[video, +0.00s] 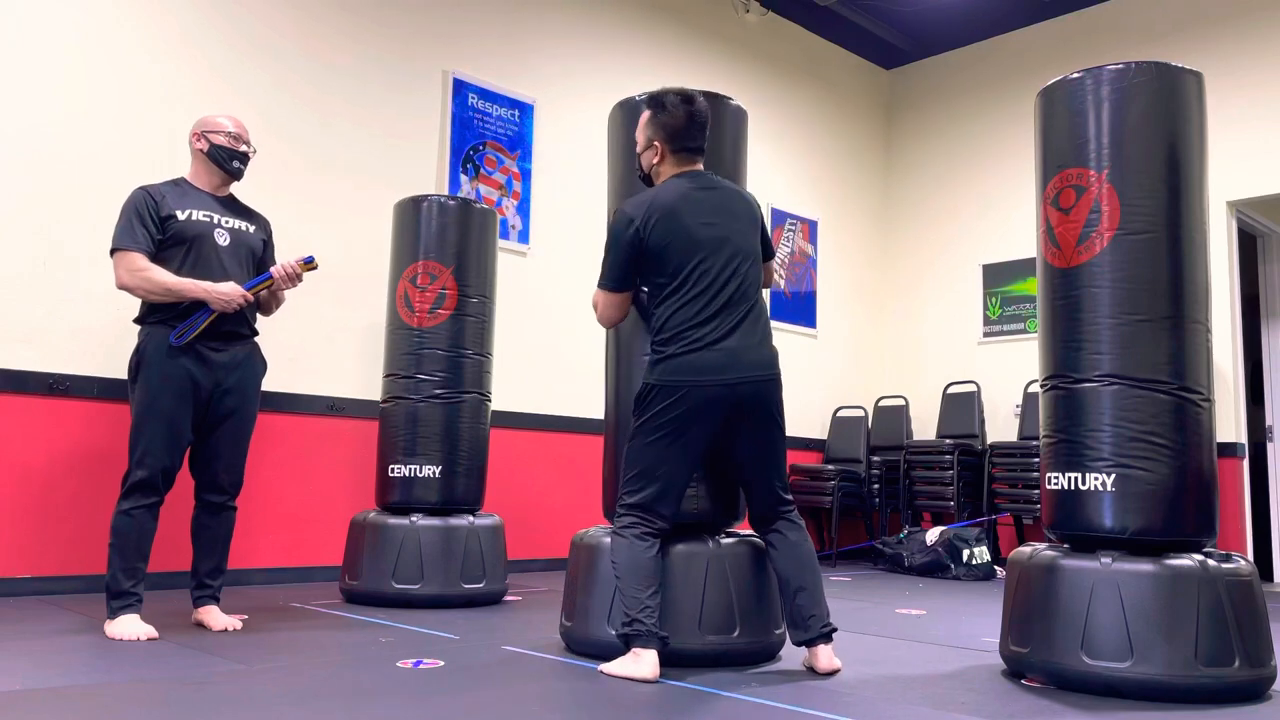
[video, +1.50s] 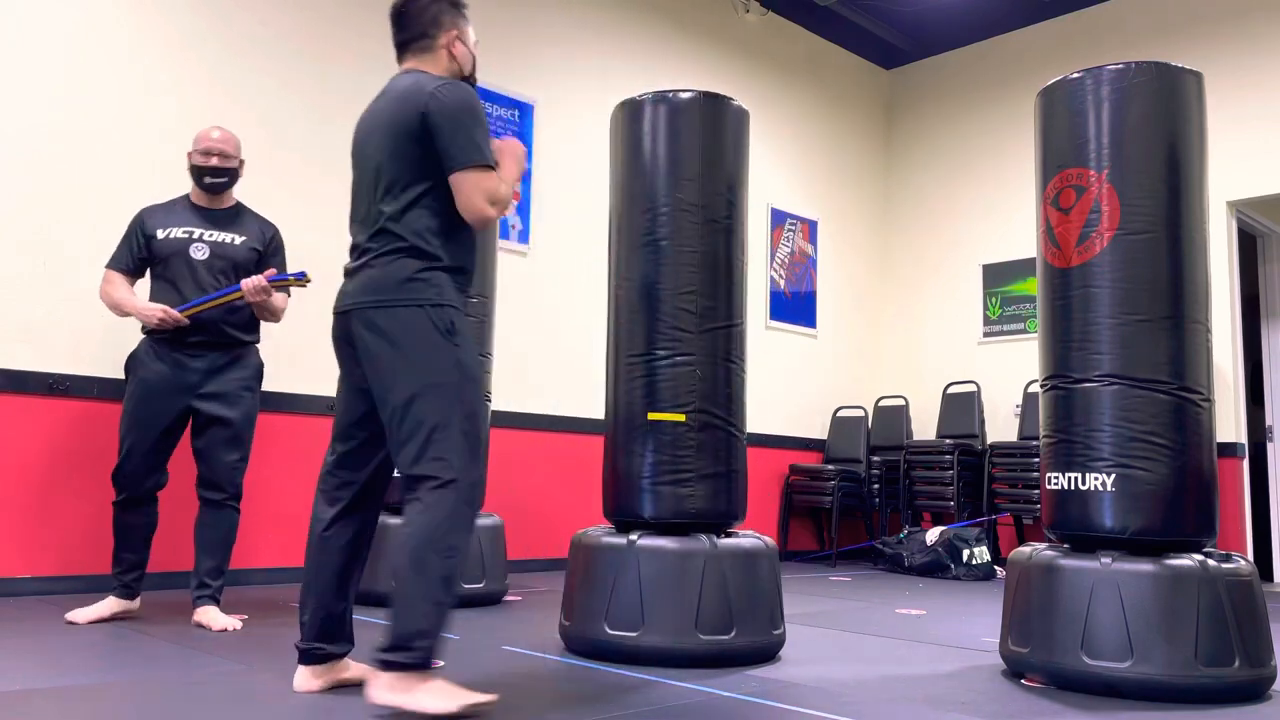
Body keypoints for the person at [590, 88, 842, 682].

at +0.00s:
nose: (638, 153)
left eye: (642, 144)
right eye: (639, 143)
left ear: (657, 148)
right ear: (698, 144)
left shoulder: (638, 213)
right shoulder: (743, 202)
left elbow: (609, 312)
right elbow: (762, 279)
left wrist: (643, 276)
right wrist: (703, 273)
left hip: (681, 381)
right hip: (757, 377)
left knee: (641, 519)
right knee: (776, 508)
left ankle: (642, 651)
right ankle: (820, 644)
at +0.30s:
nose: (625, 127)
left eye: (626, 119)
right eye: (628, 117)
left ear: (636, 124)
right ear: (687, 124)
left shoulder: (609, 192)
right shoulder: (723, 187)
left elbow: (583, 292)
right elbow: (756, 265)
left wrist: (627, 281)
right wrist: (697, 259)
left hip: (649, 366)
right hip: (729, 365)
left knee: (626, 512)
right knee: (771, 498)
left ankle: (639, 652)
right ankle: (820, 640)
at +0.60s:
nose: (594, 88)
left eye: (587, 81)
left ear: (588, 85)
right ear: (652, 85)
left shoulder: (554, 154)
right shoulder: (691, 152)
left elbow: (528, 263)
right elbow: (729, 259)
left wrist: (552, 325)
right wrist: (751, 336)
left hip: (592, 333)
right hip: (676, 330)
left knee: (602, 495)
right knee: (714, 470)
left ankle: (633, 653)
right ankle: (714, 626)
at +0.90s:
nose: (611, 79)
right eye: (614, 71)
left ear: (542, 78)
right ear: (611, 75)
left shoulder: (499, 149)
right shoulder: (644, 142)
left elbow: (466, 247)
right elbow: (679, 255)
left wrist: (434, 338)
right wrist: (686, 353)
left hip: (524, 331)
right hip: (604, 325)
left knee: (571, 486)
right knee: (589, 496)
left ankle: (601, 637)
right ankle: (539, 676)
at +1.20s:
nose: (547, 54)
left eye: (542, 42)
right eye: (544, 43)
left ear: (476, 52)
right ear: (533, 44)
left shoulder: (437, 125)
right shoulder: (541, 101)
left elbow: (421, 242)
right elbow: (580, 197)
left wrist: (444, 305)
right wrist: (599, 250)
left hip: (443, 311)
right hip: (513, 308)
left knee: (432, 485)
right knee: (528, 494)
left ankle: (348, 638)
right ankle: (530, 681)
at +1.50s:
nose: (475, 51)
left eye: (471, 38)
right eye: (471, 38)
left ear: (404, 44)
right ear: (451, 38)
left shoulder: (381, 107)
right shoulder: (449, 96)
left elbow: (421, 204)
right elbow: (482, 206)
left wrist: (490, 185)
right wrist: (511, 167)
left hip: (363, 302)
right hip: (415, 304)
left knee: (352, 479)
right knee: (448, 477)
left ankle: (321, 654)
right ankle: (406, 667)